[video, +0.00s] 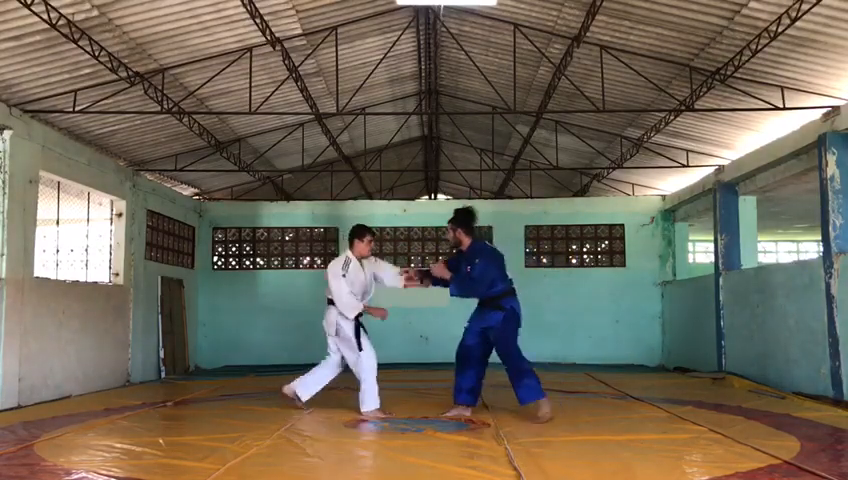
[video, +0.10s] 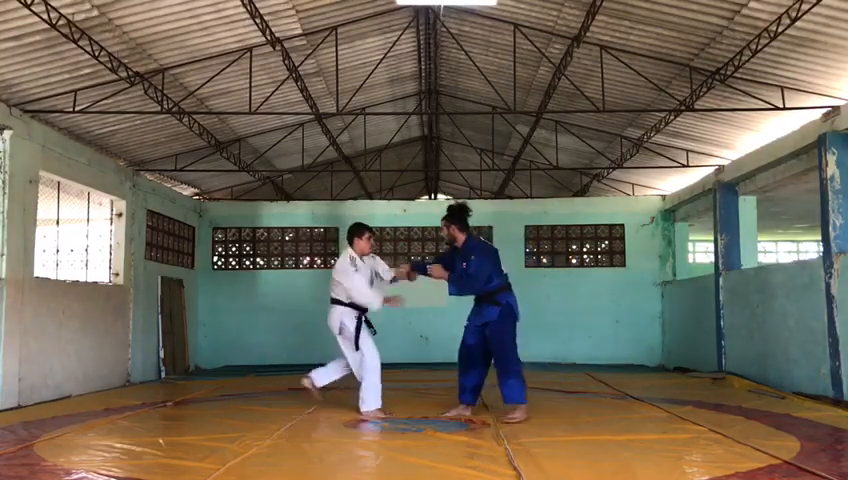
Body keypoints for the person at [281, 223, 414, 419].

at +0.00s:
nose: (371, 246)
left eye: (372, 242)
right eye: (368, 242)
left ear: (364, 244)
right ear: (355, 242)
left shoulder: (369, 262)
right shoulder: (338, 266)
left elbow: (388, 273)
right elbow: (343, 298)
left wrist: (406, 277)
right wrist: (368, 309)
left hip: (346, 315)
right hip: (339, 316)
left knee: (335, 361)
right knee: (366, 358)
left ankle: (296, 389)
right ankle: (369, 408)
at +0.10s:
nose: (372, 244)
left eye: (372, 240)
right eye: (368, 239)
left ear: (359, 241)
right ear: (355, 240)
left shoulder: (367, 259)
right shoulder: (345, 264)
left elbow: (384, 273)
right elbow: (358, 292)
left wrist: (400, 274)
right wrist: (383, 300)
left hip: (354, 314)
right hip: (343, 315)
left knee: (356, 358)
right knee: (370, 356)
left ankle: (314, 379)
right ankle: (370, 408)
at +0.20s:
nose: (369, 240)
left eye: (369, 236)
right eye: (365, 236)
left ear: (354, 239)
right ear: (353, 239)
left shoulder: (351, 253)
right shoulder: (352, 259)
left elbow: (374, 255)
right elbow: (378, 272)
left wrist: (388, 259)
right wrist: (403, 272)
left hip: (342, 313)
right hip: (349, 315)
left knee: (363, 354)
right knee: (374, 357)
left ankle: (345, 385)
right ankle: (370, 407)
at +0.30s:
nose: (365, 241)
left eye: (365, 237)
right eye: (363, 237)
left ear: (348, 237)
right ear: (354, 238)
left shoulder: (340, 251)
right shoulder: (357, 253)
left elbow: (370, 250)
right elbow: (390, 252)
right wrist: (408, 250)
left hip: (341, 310)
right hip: (355, 312)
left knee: (362, 357)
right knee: (375, 355)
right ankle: (371, 405)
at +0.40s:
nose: (370, 243)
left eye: (370, 239)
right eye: (369, 239)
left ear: (352, 238)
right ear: (361, 239)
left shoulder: (344, 252)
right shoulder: (356, 250)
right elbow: (392, 242)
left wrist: (382, 240)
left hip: (344, 311)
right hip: (355, 312)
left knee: (366, 359)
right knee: (377, 355)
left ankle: (371, 403)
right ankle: (370, 405)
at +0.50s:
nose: (382, 252)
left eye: (383, 249)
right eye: (380, 247)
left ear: (368, 240)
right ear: (369, 240)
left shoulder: (370, 260)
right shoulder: (353, 252)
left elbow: (389, 250)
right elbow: (378, 239)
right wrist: (383, 232)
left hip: (360, 312)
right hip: (349, 311)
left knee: (373, 350)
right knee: (373, 350)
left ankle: (371, 397)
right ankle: (365, 401)